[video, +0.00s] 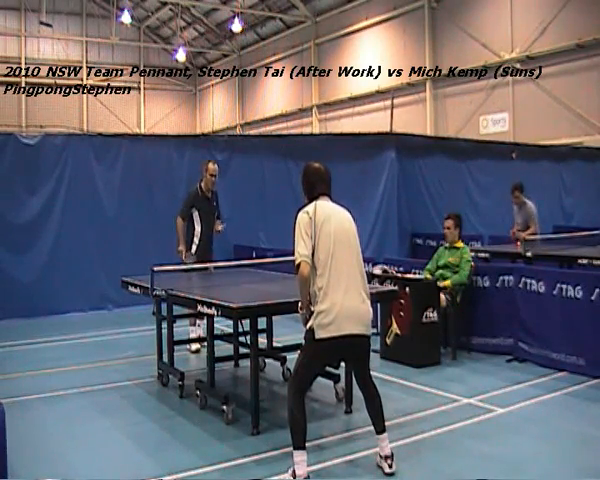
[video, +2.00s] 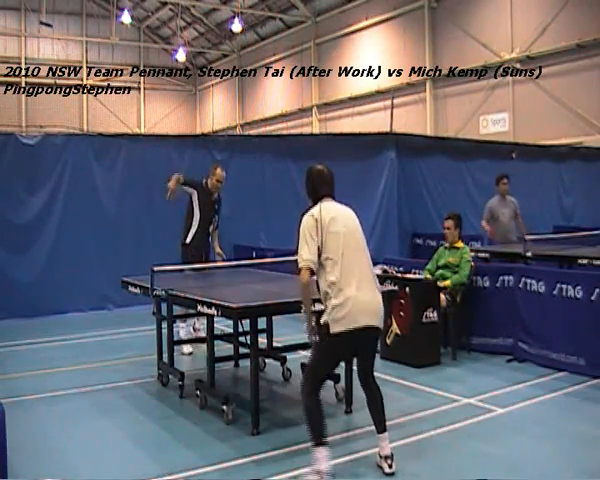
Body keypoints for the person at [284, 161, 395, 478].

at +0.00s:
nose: (304, 190)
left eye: (303, 185)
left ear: (305, 187)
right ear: (329, 186)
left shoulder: (307, 215)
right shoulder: (346, 215)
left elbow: (304, 267)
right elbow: (355, 264)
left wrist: (304, 304)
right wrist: (327, 298)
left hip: (328, 322)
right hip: (360, 319)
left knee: (296, 388)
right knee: (365, 379)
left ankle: (300, 466)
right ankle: (386, 451)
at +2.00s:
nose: (307, 191)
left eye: (307, 186)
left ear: (309, 189)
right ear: (332, 187)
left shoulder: (313, 218)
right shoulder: (350, 214)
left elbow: (306, 273)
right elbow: (358, 262)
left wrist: (308, 313)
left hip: (340, 317)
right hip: (373, 314)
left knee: (310, 385)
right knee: (367, 377)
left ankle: (321, 461)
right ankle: (386, 449)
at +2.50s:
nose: (362, 174)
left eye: (360, 168)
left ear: (359, 171)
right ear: (382, 171)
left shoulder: (356, 199)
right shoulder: (396, 204)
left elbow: (340, 250)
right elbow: (412, 259)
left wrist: (330, 294)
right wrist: (402, 289)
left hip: (368, 300)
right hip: (397, 302)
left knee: (345, 372)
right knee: (382, 365)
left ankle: (345, 445)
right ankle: (395, 436)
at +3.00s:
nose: (383, 178)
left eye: (380, 174)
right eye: (395, 174)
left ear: (377, 177)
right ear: (401, 177)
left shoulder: (368, 211)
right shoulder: (410, 211)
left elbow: (354, 258)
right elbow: (424, 257)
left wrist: (366, 287)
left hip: (380, 299)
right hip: (408, 300)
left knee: (396, 361)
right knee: (416, 363)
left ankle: (408, 419)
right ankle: (397, 410)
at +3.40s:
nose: (367, 168)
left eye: (365, 162)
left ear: (365, 166)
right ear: (390, 164)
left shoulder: (362, 198)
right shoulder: (405, 199)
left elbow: (354, 252)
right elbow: (419, 254)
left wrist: (363, 285)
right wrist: (400, 265)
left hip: (374, 299)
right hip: (405, 299)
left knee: (382, 364)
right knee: (397, 365)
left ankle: (394, 422)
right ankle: (389, 431)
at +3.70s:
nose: (349, 154)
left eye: (349, 149)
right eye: (354, 147)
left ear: (352, 151)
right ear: (377, 150)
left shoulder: (352, 182)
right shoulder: (393, 187)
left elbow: (345, 233)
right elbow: (405, 244)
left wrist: (349, 276)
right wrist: (384, 267)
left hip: (362, 294)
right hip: (392, 295)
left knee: (342, 358)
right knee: (387, 367)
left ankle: (343, 438)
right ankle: (388, 442)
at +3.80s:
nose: (340, 154)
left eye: (340, 149)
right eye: (345, 147)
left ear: (345, 150)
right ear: (369, 150)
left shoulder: (343, 182)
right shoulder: (385, 189)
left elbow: (336, 233)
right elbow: (396, 245)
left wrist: (340, 273)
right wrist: (377, 269)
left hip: (354, 297)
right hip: (385, 298)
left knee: (325, 365)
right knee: (382, 370)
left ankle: (319, 445)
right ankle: (387, 444)